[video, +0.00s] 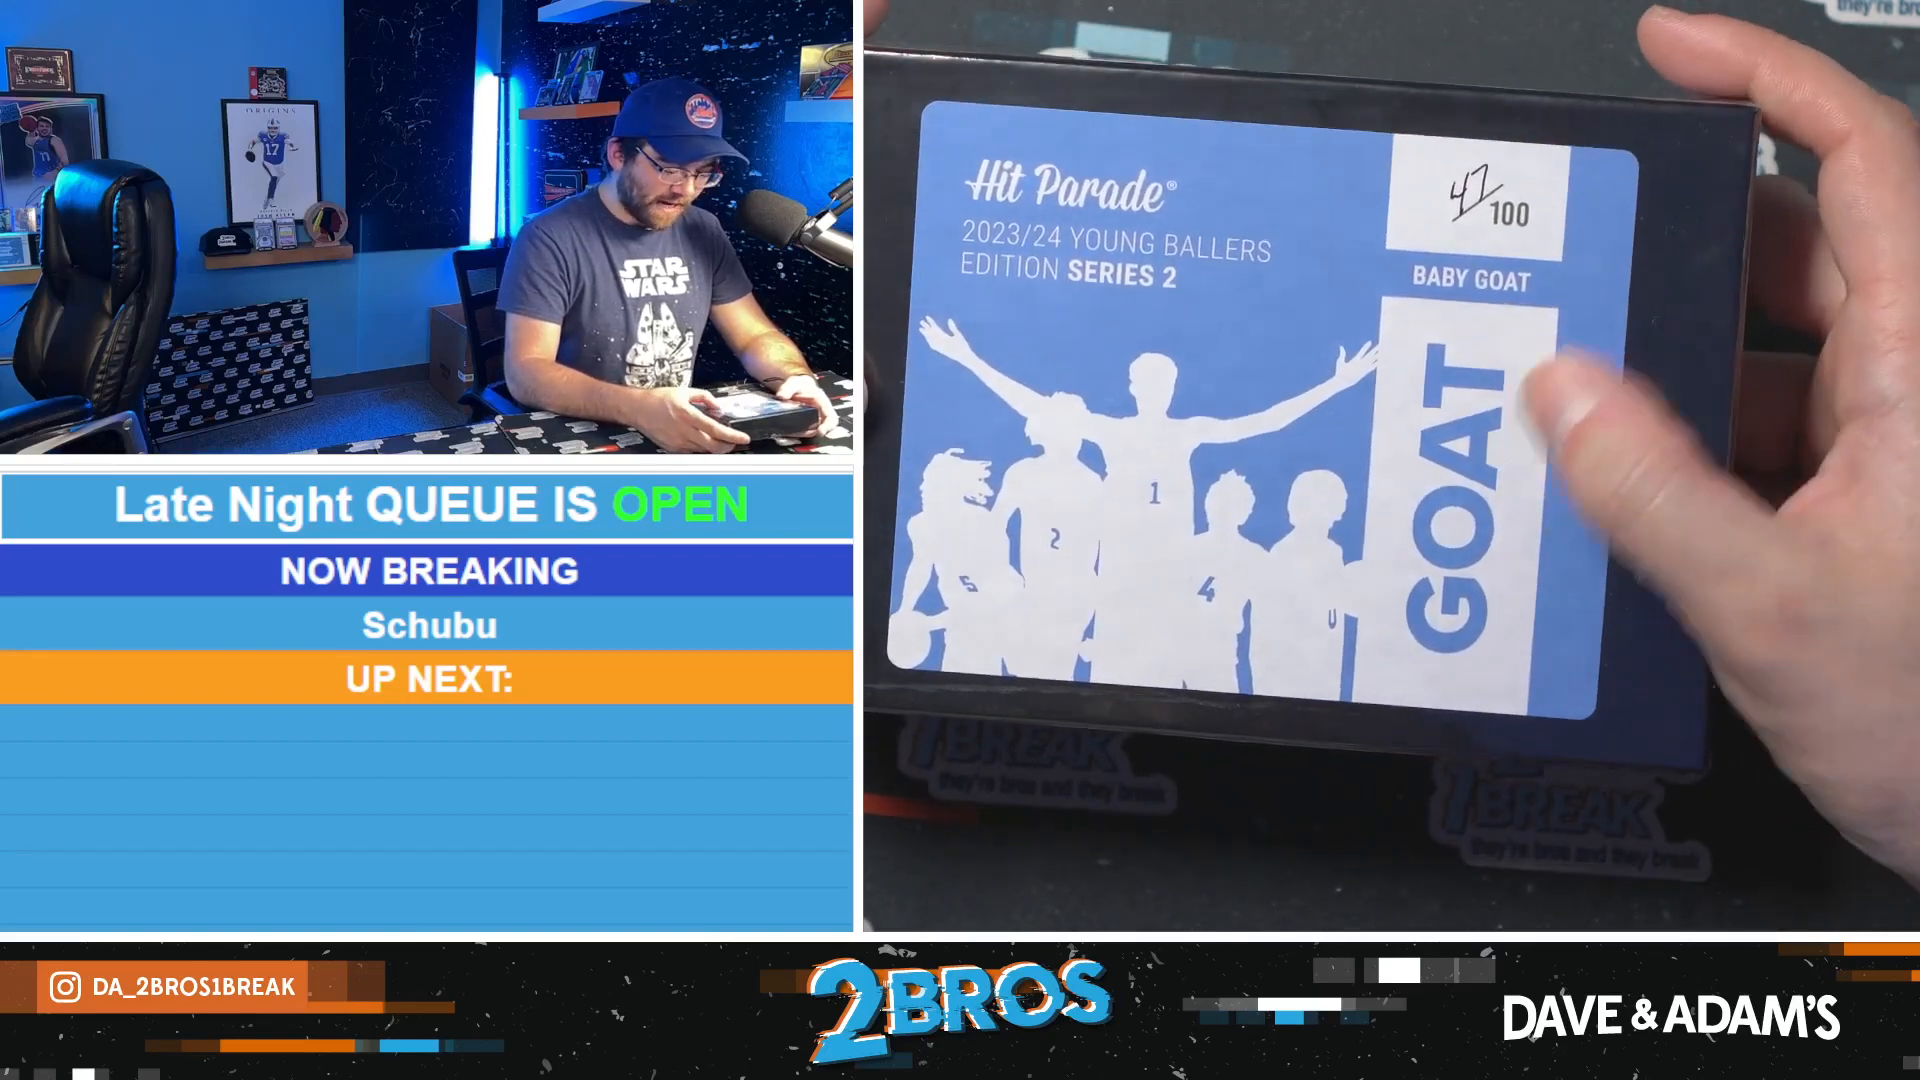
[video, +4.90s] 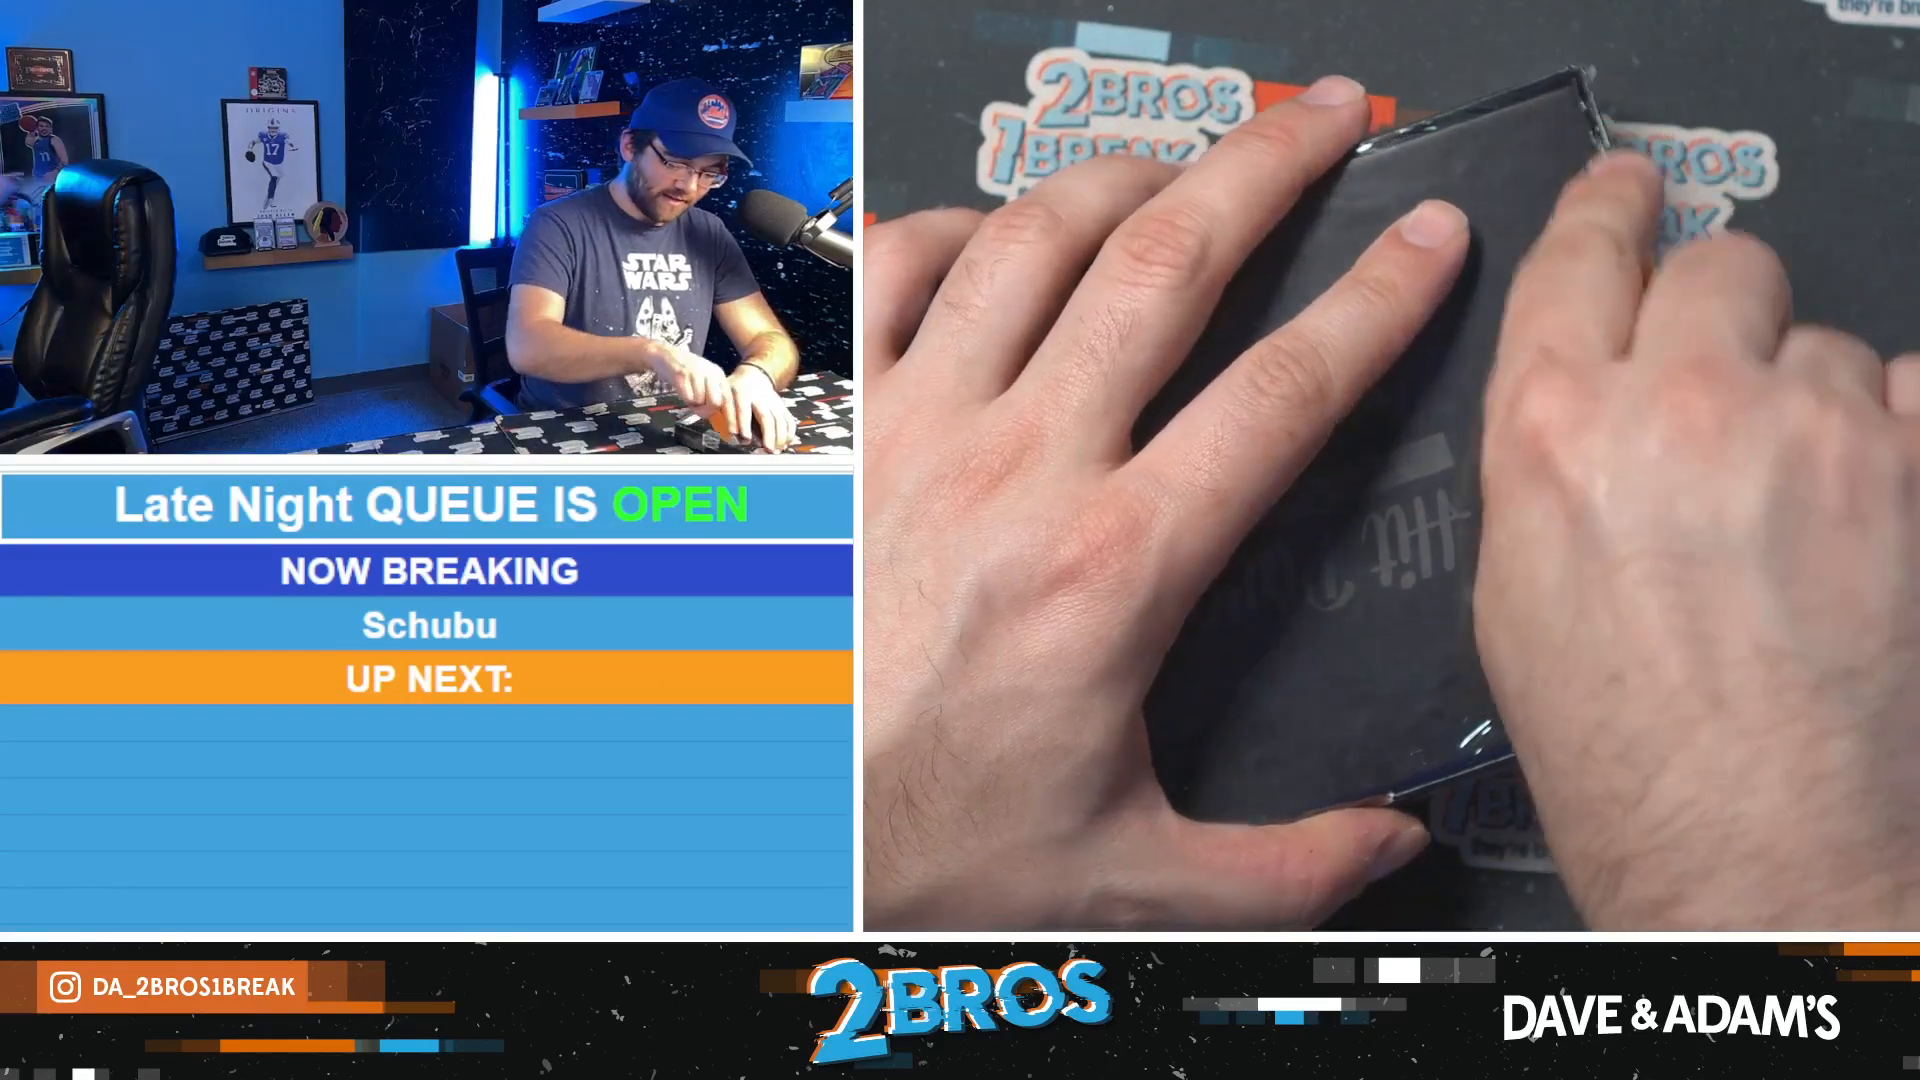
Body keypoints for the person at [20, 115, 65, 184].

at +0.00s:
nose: (44, 128)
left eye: (47, 126)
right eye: (41, 126)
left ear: (50, 128)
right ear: (37, 128)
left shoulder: (55, 140)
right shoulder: (35, 140)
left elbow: (64, 160)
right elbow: (28, 142)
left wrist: (54, 173)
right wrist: (31, 132)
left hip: (51, 177)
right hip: (37, 176)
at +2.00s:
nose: (44, 128)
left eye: (47, 126)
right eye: (41, 126)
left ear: (51, 129)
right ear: (37, 128)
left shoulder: (54, 140)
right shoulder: (35, 140)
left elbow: (64, 161)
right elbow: (28, 142)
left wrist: (54, 173)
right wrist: (31, 133)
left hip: (50, 177)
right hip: (37, 176)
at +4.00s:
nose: (44, 128)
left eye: (47, 126)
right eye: (41, 126)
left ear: (50, 128)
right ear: (37, 128)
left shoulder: (54, 140)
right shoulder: (35, 140)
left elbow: (64, 160)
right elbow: (28, 141)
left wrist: (53, 173)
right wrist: (31, 132)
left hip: (50, 177)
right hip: (37, 176)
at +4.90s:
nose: (44, 128)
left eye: (47, 126)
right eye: (41, 126)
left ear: (50, 128)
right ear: (37, 128)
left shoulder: (54, 140)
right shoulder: (35, 140)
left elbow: (64, 161)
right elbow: (28, 142)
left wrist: (53, 173)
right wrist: (31, 132)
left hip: (50, 177)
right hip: (37, 176)